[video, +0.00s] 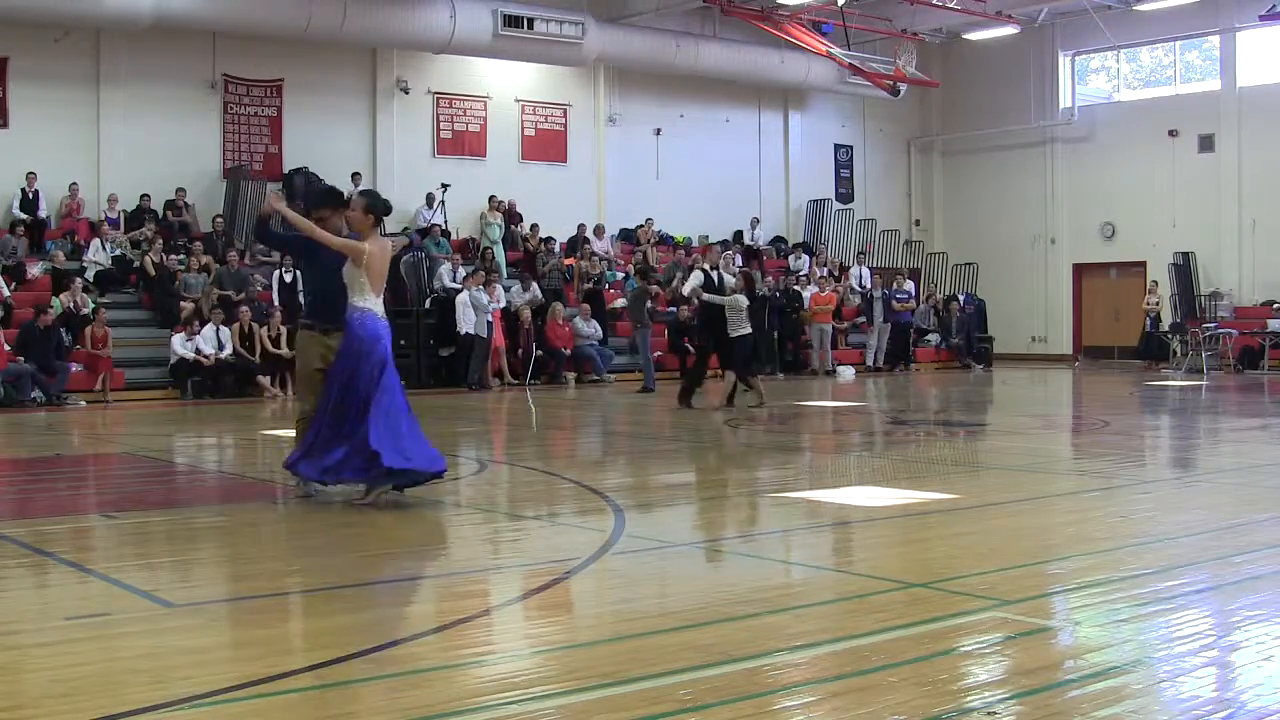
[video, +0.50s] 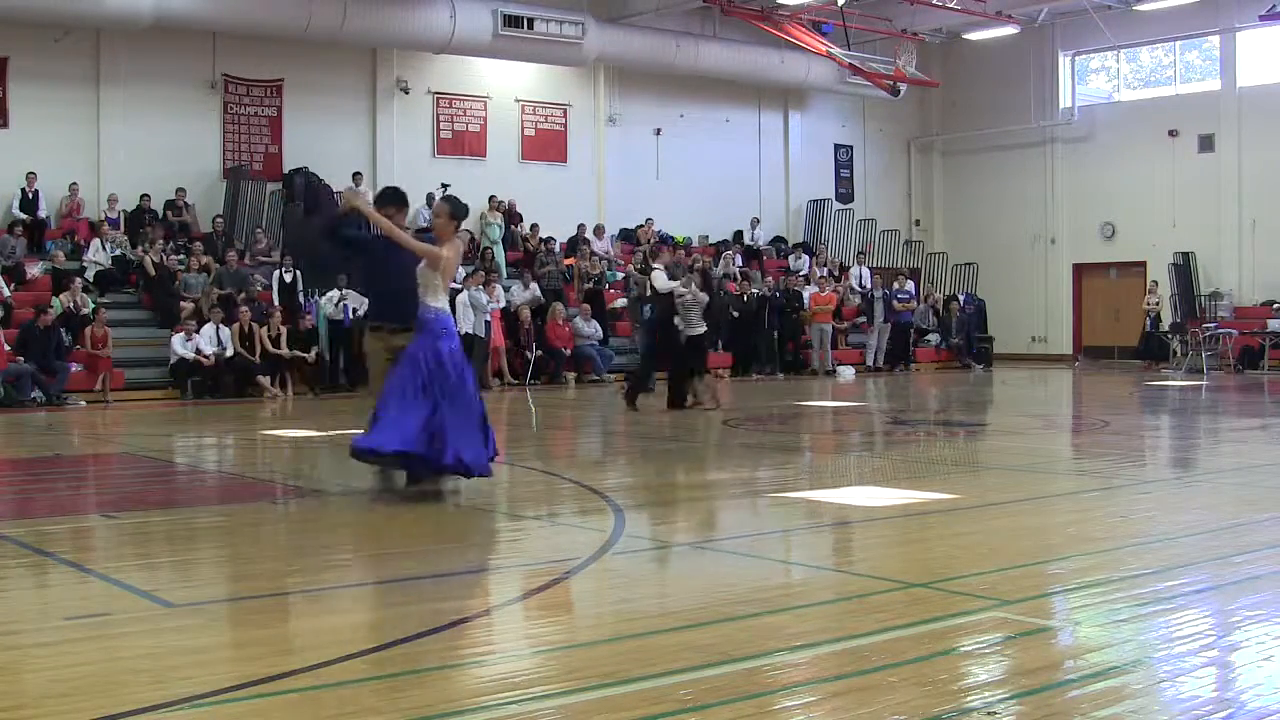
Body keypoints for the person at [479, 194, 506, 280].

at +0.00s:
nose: (495, 204)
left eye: (496, 202)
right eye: (493, 202)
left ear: (498, 203)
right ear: (489, 203)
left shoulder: (500, 215)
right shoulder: (484, 214)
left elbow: (502, 227)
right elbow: (483, 227)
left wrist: (499, 237)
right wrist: (490, 238)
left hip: (497, 239)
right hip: (487, 239)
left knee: (499, 257)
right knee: (487, 257)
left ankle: (500, 275)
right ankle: (486, 275)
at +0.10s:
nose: (495, 204)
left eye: (496, 202)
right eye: (493, 202)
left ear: (498, 203)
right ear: (489, 203)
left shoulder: (500, 215)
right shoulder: (484, 214)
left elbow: (502, 227)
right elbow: (483, 227)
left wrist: (499, 238)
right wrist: (490, 238)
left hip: (497, 239)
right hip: (487, 239)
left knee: (499, 257)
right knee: (487, 256)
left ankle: (500, 276)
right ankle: (486, 275)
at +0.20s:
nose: (495, 204)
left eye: (496, 202)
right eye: (493, 202)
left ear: (498, 203)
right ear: (489, 203)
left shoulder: (500, 215)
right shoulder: (484, 214)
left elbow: (502, 227)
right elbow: (483, 227)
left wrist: (499, 237)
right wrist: (490, 238)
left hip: (497, 240)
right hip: (487, 239)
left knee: (499, 257)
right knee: (487, 257)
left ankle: (500, 276)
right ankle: (486, 275)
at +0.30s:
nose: (495, 204)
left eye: (496, 202)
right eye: (493, 202)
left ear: (498, 203)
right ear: (489, 203)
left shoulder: (500, 215)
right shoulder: (484, 214)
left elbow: (502, 227)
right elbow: (483, 227)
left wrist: (499, 237)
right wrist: (490, 238)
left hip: (497, 239)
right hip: (487, 238)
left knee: (499, 257)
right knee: (487, 256)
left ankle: (500, 275)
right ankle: (486, 275)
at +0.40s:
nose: (495, 204)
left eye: (496, 202)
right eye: (493, 202)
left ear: (498, 203)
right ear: (489, 203)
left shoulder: (500, 215)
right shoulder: (484, 214)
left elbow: (502, 227)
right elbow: (483, 227)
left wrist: (499, 237)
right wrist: (490, 238)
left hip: (497, 239)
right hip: (487, 238)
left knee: (499, 257)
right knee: (487, 256)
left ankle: (500, 275)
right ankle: (486, 275)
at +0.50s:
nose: (495, 204)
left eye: (496, 202)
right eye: (493, 202)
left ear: (498, 203)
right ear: (489, 203)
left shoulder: (500, 215)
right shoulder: (484, 214)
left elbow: (502, 227)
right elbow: (483, 227)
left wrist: (499, 238)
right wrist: (489, 238)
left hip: (497, 240)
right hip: (487, 239)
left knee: (499, 257)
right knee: (487, 256)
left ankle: (500, 275)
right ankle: (486, 275)